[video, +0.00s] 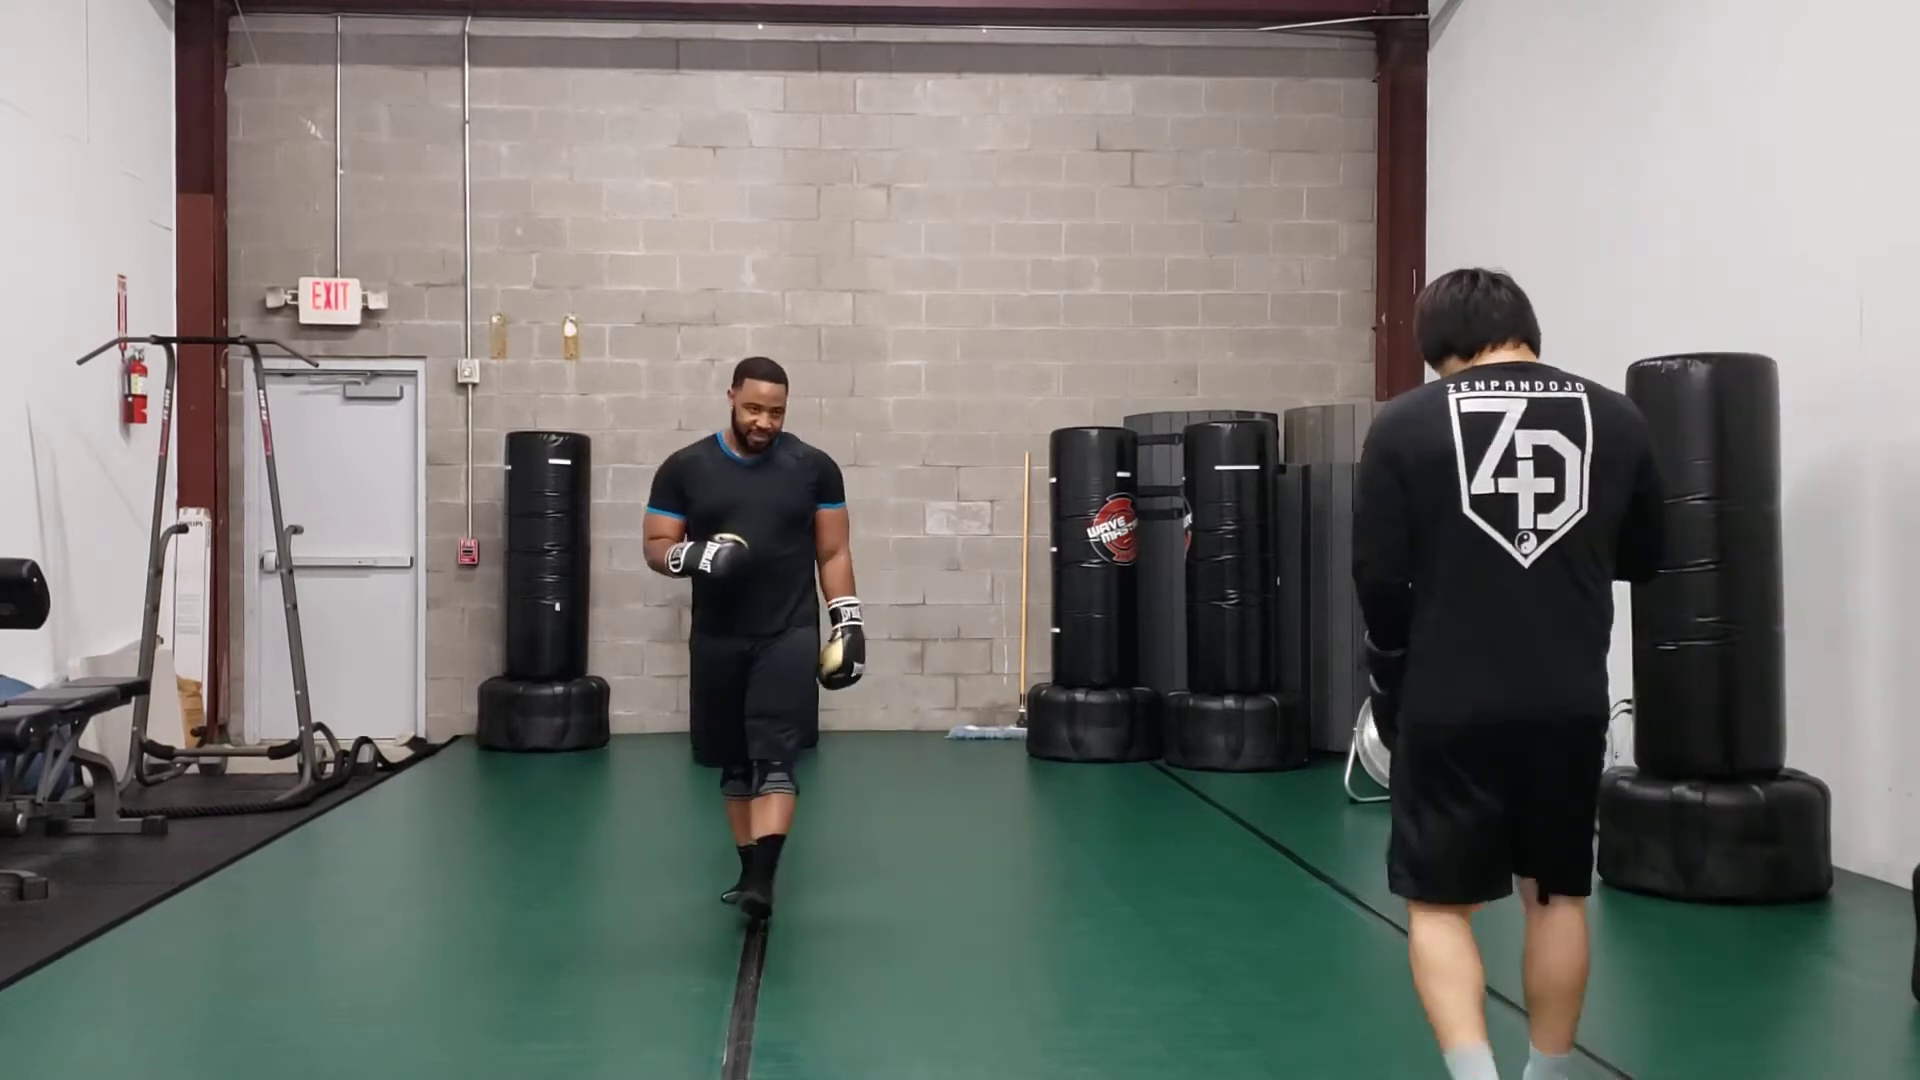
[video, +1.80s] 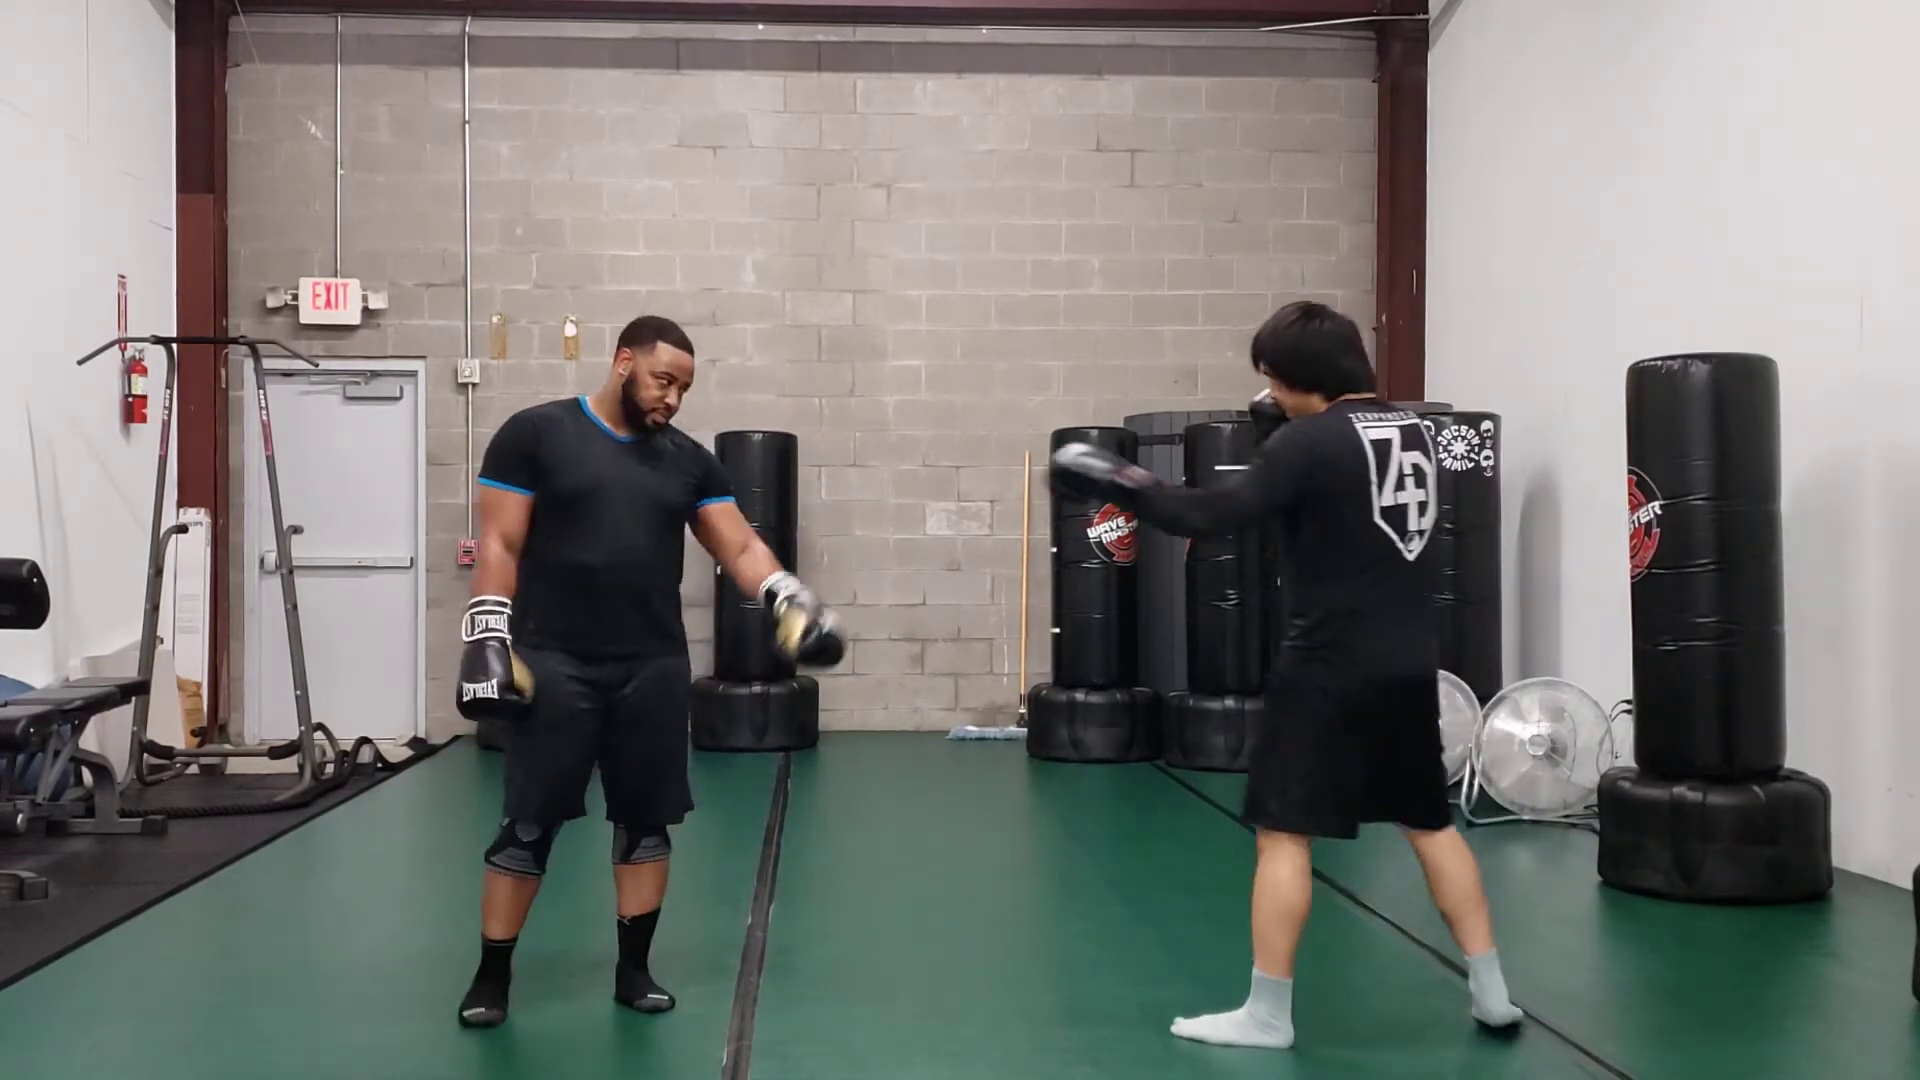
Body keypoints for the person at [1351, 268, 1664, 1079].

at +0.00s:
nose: (1434, 374)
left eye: (1433, 361)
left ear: (1440, 356)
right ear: (1532, 341)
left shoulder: (1405, 425)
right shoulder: (1611, 414)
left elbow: (1380, 576)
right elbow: (1645, 556)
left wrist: (1396, 672)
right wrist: (1568, 534)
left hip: (1451, 701)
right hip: (1567, 699)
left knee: (1439, 905)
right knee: (1557, 892)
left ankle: (1475, 1071)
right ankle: (1547, 1071)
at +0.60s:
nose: (1335, 407)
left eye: (1329, 393)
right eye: (1329, 394)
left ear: (1347, 379)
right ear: (1406, 352)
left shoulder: (1341, 446)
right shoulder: (1496, 419)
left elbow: (1326, 585)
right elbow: (1532, 545)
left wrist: (1313, 661)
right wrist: (1452, 562)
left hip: (1387, 681)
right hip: (1487, 675)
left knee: (1375, 850)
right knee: (1507, 829)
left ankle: (1378, 1036)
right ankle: (1535, 997)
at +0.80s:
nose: (1320, 408)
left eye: (1316, 395)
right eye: (1315, 397)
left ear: (1334, 381)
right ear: (1395, 353)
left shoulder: (1330, 438)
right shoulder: (1478, 418)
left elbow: (1321, 571)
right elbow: (1486, 544)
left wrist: (1339, 645)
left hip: (1384, 674)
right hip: (1479, 666)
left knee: (1372, 846)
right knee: (1496, 829)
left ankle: (1378, 1035)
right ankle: (1525, 1004)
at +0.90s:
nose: (1329, 410)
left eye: (1327, 396)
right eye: (1324, 397)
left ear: (1347, 382)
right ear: (1400, 358)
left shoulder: (1344, 441)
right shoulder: (1478, 420)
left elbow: (1327, 571)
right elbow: (1458, 537)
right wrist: (1314, 564)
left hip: (1386, 672)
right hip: (1479, 666)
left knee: (1374, 847)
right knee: (1491, 833)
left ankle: (1379, 1036)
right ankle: (1512, 1002)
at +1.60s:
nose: (1323, 390)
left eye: (1327, 377)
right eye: (1321, 376)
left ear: (1360, 373)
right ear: (1398, 364)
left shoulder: (1377, 439)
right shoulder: (1468, 428)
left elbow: (1361, 552)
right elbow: (1406, 531)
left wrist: (1282, 565)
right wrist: (1324, 480)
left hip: (1389, 666)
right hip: (1472, 664)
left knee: (1320, 821)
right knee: (1477, 823)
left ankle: (1274, 999)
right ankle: (1507, 1002)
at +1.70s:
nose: (1296, 396)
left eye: (1299, 383)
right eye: (1295, 383)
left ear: (1331, 381)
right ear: (1372, 370)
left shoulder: (1342, 446)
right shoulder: (1439, 431)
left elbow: (1296, 544)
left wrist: (1210, 523)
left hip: (1361, 673)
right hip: (1446, 670)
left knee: (1307, 837)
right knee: (1461, 828)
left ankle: (1268, 1012)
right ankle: (1504, 1002)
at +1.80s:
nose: (1270, 392)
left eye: (1273, 380)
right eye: (1268, 379)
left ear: (1303, 381)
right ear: (1352, 368)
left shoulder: (1307, 446)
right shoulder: (1412, 431)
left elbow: (1210, 514)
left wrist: (1136, 488)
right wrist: (1300, 410)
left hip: (1324, 670)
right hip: (1407, 667)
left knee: (1283, 831)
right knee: (1431, 820)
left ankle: (1267, 1013)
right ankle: (1493, 990)